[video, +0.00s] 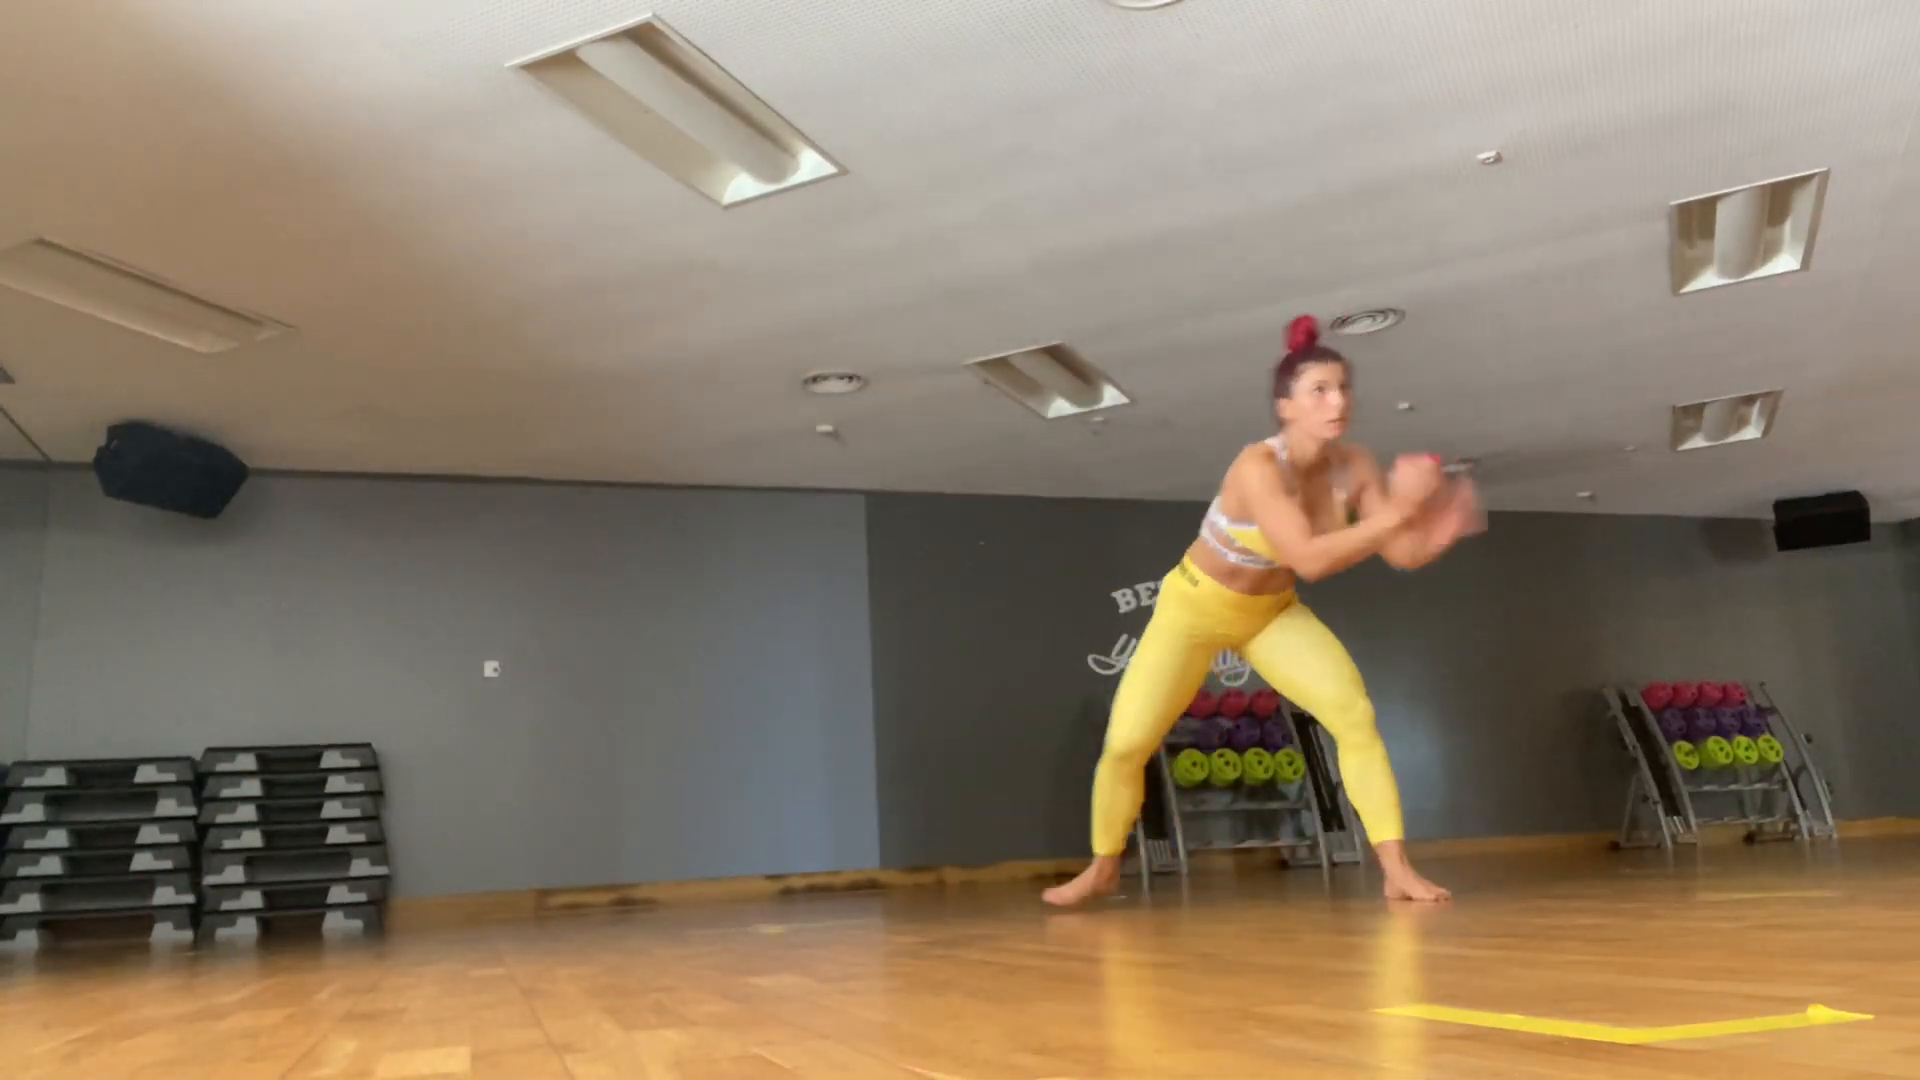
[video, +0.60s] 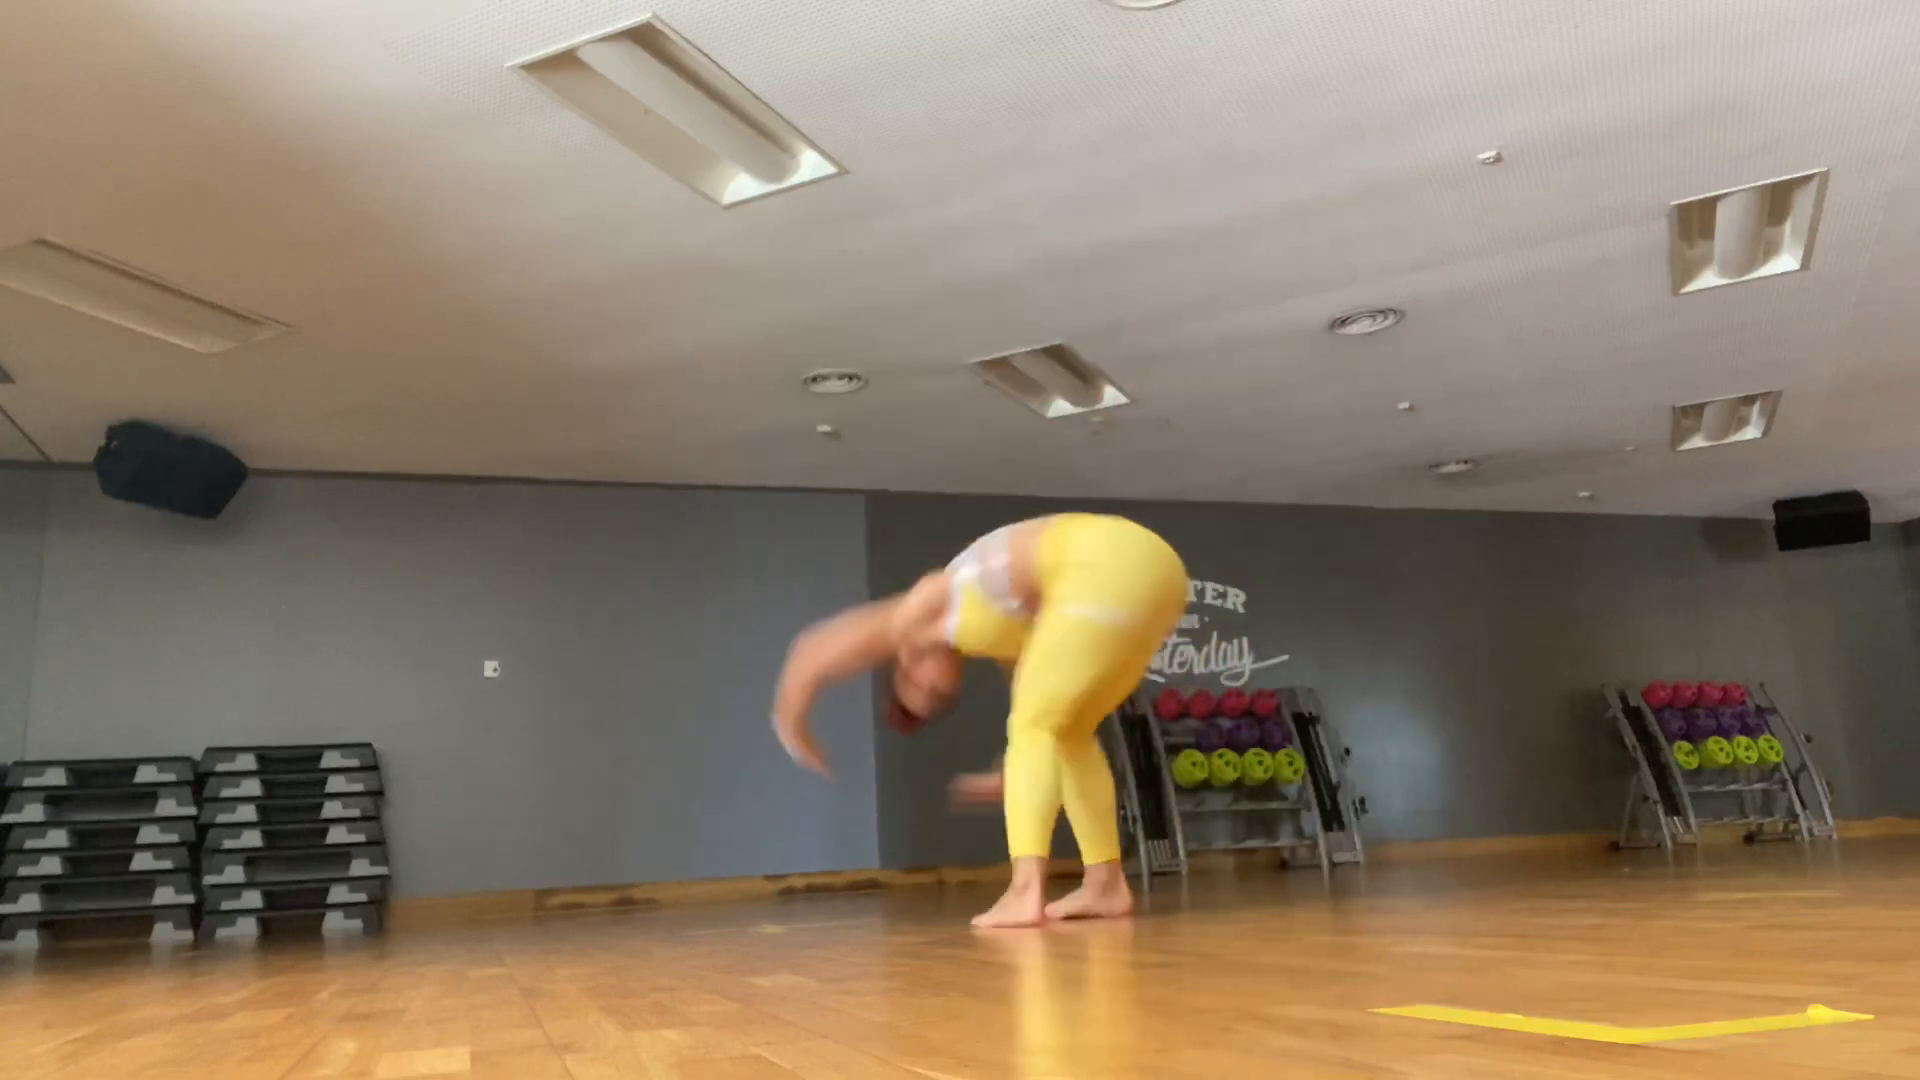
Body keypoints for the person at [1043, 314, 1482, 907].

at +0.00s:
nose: (1337, 403)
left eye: (1343, 389)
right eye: (1320, 391)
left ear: (1351, 399)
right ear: (1285, 406)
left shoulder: (1354, 464)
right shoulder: (1257, 467)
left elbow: (1398, 551)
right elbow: (1309, 560)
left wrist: (1443, 525)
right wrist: (1396, 510)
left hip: (1274, 614)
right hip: (1194, 607)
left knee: (1354, 715)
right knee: (1125, 743)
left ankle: (1397, 871)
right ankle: (1102, 869)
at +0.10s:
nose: (1271, 402)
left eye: (1276, 389)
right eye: (1253, 392)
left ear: (1287, 399)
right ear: (1221, 409)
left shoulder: (1304, 462)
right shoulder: (1199, 471)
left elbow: (1354, 547)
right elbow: (1264, 538)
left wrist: (1398, 606)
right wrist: (1326, 463)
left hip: (1267, 611)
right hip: (1183, 613)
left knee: (1349, 714)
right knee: (1106, 726)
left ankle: (1396, 872)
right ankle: (1092, 877)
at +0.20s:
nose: (1118, 414)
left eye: (1124, 400)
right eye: (1104, 406)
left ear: (1149, 403)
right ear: (1086, 424)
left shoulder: (1206, 462)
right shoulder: (1080, 486)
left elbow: (1268, 529)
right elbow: (1113, 466)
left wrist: (1332, 577)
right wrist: (1149, 389)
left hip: (1239, 607)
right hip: (1159, 627)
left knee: (1333, 714)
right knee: (1090, 724)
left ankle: (1386, 862)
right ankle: (1108, 879)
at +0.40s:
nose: (931, 533)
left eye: (925, 519)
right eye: (919, 541)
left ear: (944, 499)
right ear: (928, 561)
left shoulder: (1018, 496)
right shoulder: (970, 588)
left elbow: (1087, 420)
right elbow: (881, 624)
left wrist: (1069, 376)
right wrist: (850, 574)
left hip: (1186, 586)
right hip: (1142, 627)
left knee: (1115, 711)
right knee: (1069, 725)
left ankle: (1239, 838)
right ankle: (1104, 881)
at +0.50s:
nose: (908, 608)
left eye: (897, 598)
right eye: (900, 619)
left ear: (905, 572)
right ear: (912, 630)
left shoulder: (956, 548)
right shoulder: (970, 629)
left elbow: (907, 475)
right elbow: (921, 702)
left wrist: (811, 514)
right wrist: (855, 721)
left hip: (1158, 577)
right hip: (1151, 612)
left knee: (1063, 716)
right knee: (1069, 723)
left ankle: (1081, 877)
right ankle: (1101, 879)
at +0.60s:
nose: (938, 692)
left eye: (925, 696)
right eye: (934, 701)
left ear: (907, 665)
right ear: (934, 676)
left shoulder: (922, 608)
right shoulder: (1010, 637)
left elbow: (810, 653)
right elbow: (1040, 719)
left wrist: (790, 727)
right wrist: (1009, 779)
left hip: (1104, 560)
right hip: (1160, 572)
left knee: (1036, 724)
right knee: (1074, 732)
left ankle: (1025, 894)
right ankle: (1106, 885)